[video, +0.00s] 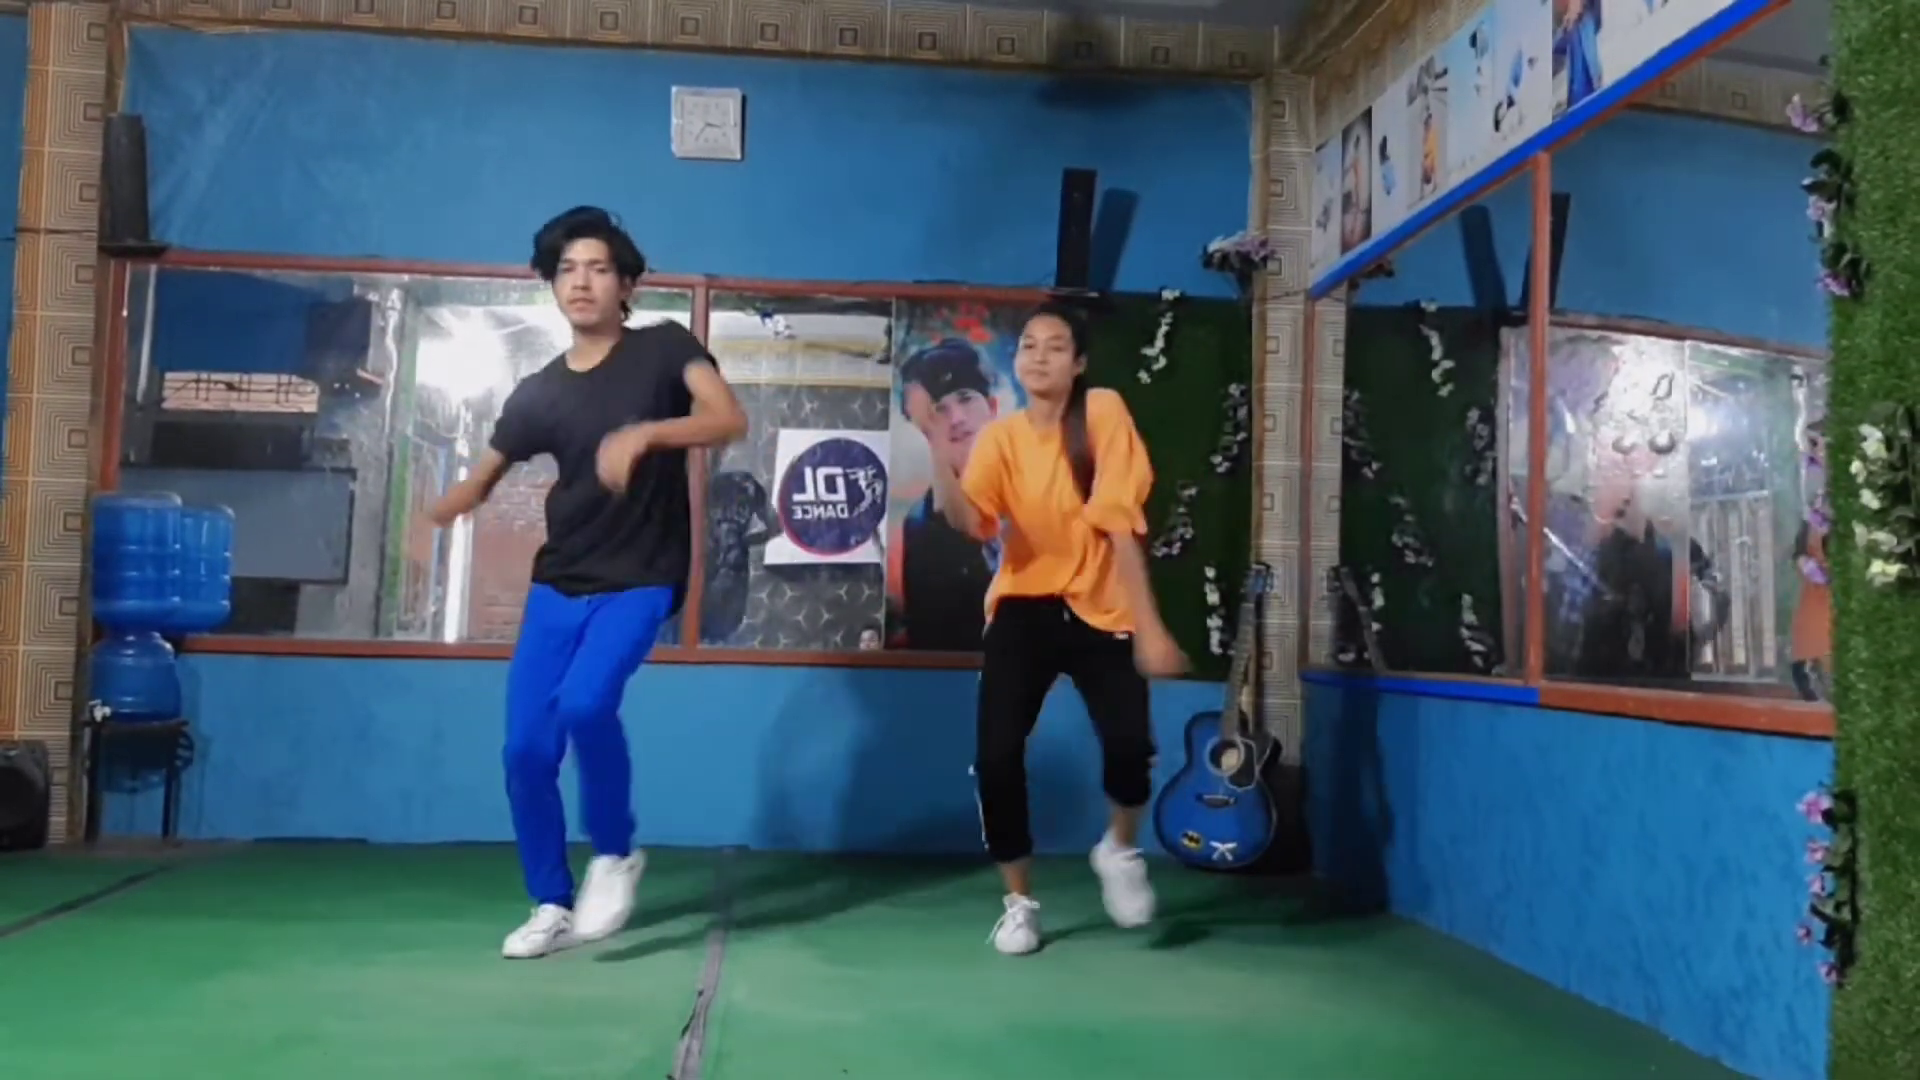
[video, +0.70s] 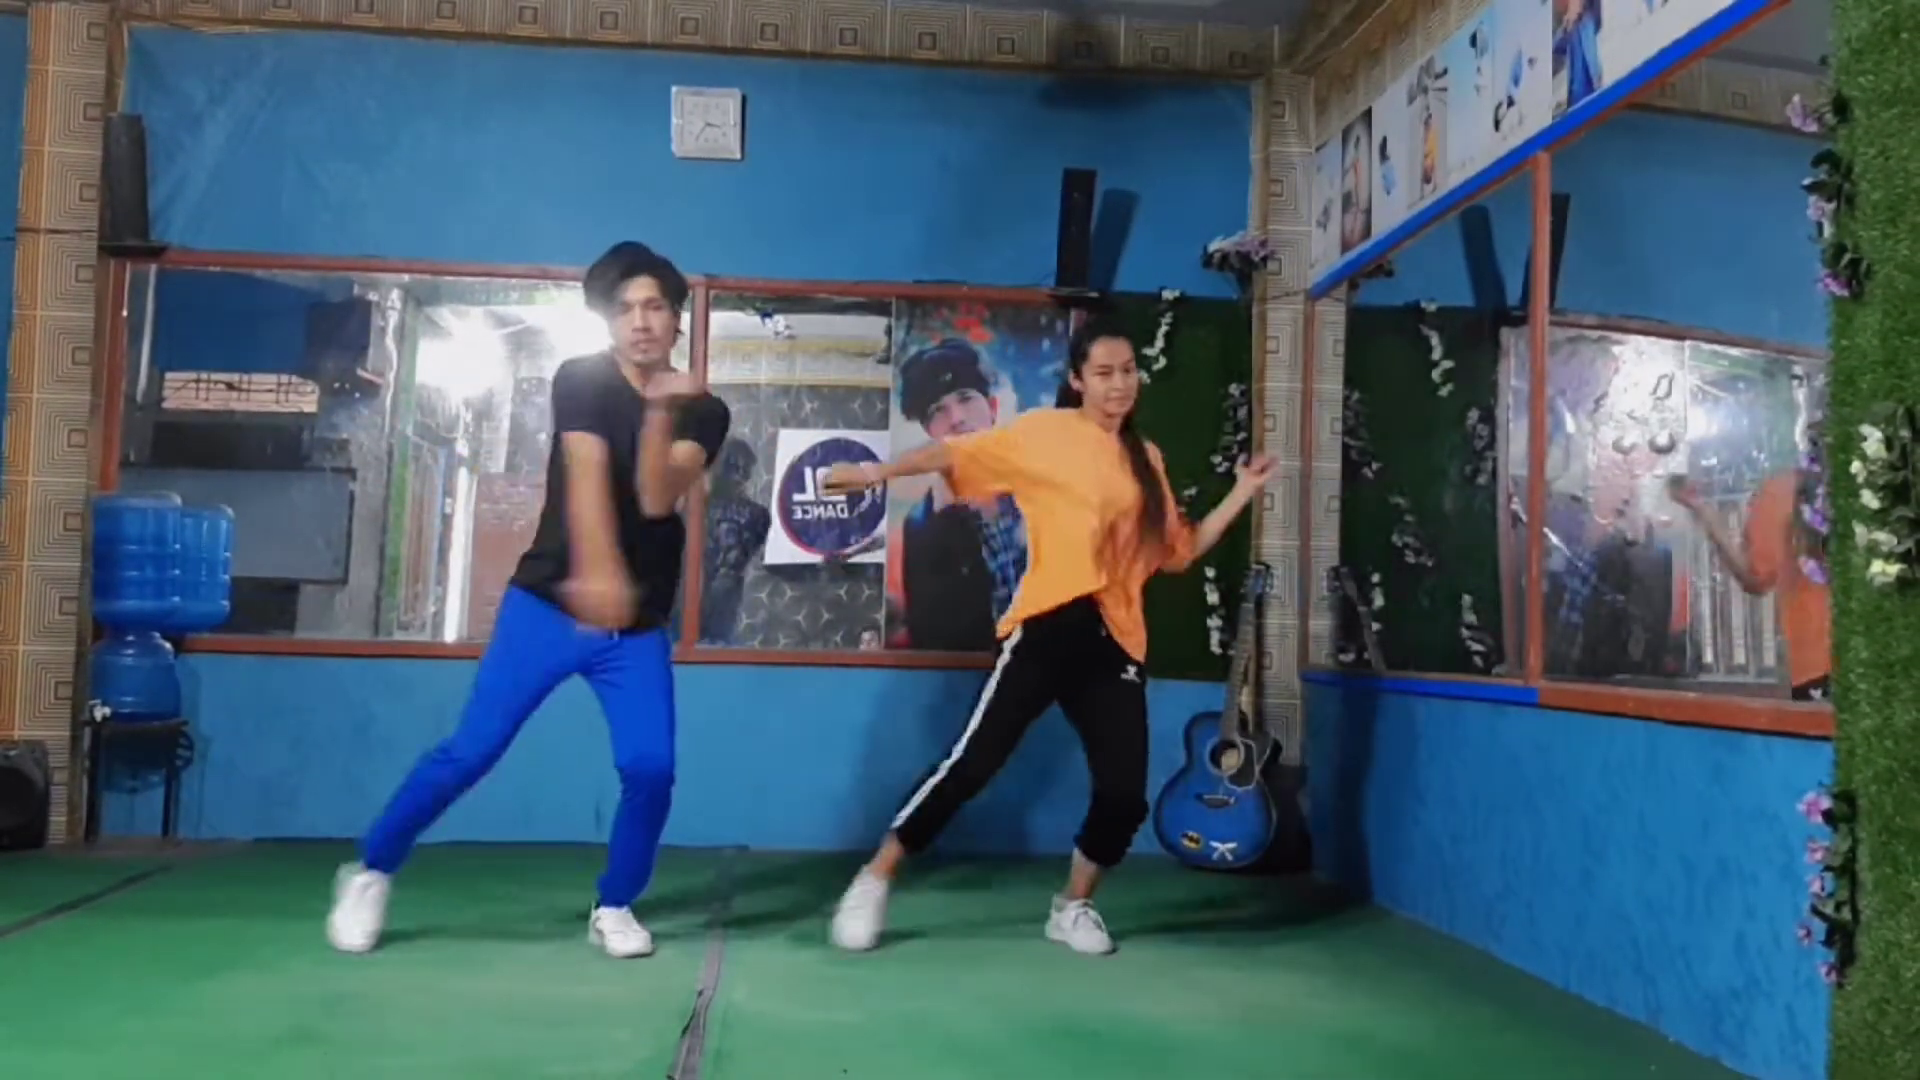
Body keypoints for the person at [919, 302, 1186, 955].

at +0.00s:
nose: (1039, 356)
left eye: (1053, 347)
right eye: (1029, 346)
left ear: (1078, 362)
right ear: (1016, 361)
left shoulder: (1102, 411)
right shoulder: (1000, 434)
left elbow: (1123, 525)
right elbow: (973, 525)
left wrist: (1148, 626)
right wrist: (940, 453)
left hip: (1102, 603)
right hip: (1023, 607)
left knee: (1131, 743)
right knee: (996, 754)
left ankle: (1121, 850)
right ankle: (1018, 900)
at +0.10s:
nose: (1024, 356)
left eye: (1041, 347)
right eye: (1017, 345)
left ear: (1069, 363)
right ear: (1007, 358)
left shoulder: (1103, 429)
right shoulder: (990, 437)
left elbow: (1172, 529)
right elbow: (943, 518)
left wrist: (1209, 614)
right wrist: (925, 429)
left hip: (1107, 626)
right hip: (1022, 629)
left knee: (1173, 761)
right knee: (986, 771)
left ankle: (1204, 872)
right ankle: (1018, 902)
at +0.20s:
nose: (1029, 355)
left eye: (1045, 345)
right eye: (1020, 344)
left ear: (1071, 360)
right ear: (1007, 358)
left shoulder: (1103, 427)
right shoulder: (988, 440)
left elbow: (1167, 503)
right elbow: (940, 542)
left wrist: (1216, 570)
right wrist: (939, 470)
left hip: (1102, 624)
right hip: (1023, 627)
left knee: (1160, 770)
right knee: (1018, 774)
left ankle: (1241, 892)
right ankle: (1023, 904)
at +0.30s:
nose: (1046, 365)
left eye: (1059, 353)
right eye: (1035, 352)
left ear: (1081, 363)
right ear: (1020, 362)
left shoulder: (1112, 433)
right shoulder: (994, 431)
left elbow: (1148, 535)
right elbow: (937, 516)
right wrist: (997, 484)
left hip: (1102, 607)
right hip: (1027, 611)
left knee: (1148, 759)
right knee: (1066, 775)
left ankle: (1157, 869)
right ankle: (1029, 903)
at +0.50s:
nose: (1098, 387)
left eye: (1108, 374)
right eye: (1084, 376)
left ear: (1121, 380)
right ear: (1059, 385)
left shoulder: (1142, 444)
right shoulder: (1038, 429)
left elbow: (1157, 524)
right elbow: (987, 478)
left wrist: (1165, 435)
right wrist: (953, 503)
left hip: (1108, 627)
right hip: (1031, 618)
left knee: (1112, 781)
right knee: (978, 747)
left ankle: (1073, 906)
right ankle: (969, 882)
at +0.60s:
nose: (1113, 382)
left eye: (1122, 369)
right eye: (1098, 370)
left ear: (1134, 377)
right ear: (1070, 378)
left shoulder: (1145, 457)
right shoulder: (1035, 435)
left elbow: (1193, 547)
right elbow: (945, 464)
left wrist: (1244, 475)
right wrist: (867, 488)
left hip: (1114, 640)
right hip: (1035, 629)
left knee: (1131, 792)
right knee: (961, 767)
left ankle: (1072, 907)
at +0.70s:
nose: (1120, 383)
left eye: (1129, 370)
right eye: (1105, 372)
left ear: (1140, 377)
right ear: (1078, 379)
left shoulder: (1145, 458)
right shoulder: (1045, 430)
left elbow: (1180, 550)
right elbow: (956, 453)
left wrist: (1242, 492)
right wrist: (880, 471)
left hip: (1116, 637)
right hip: (1045, 624)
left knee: (1124, 792)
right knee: (971, 765)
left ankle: (1072, 908)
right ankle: (874, 880)